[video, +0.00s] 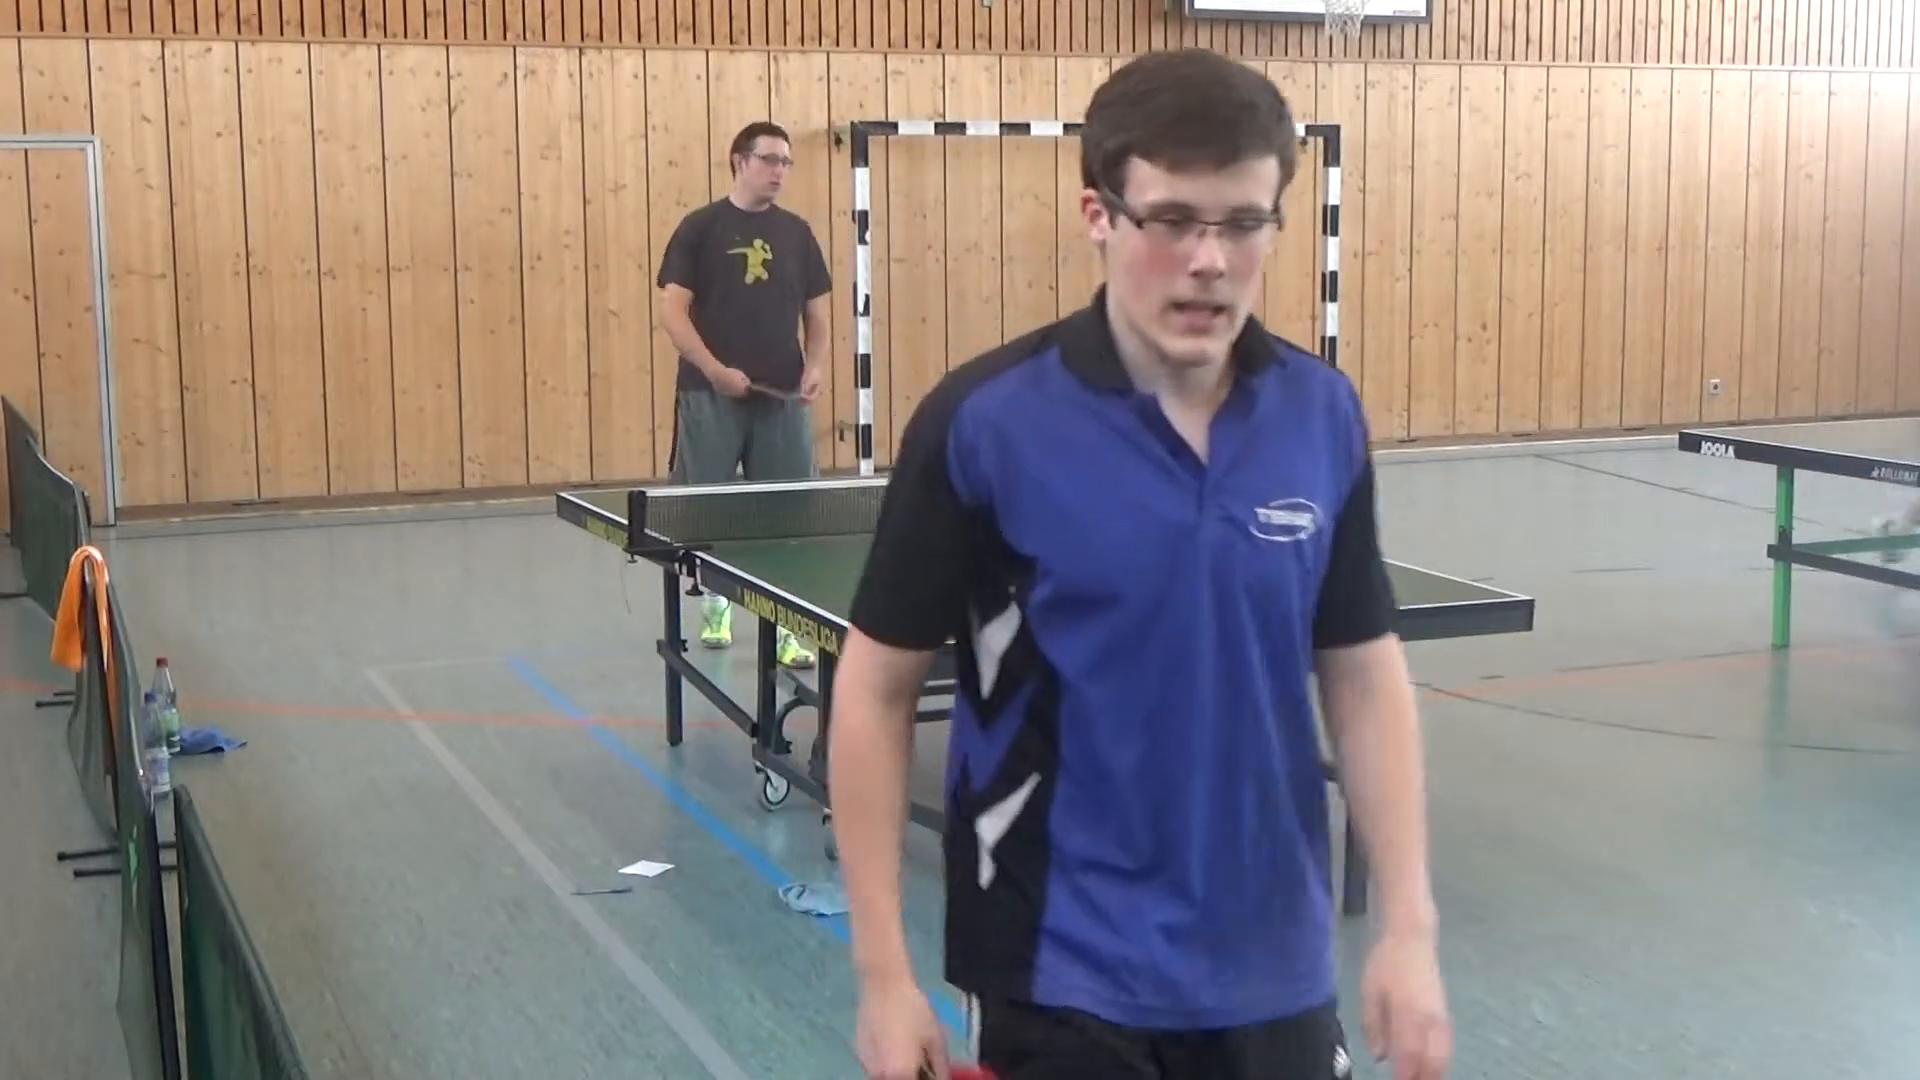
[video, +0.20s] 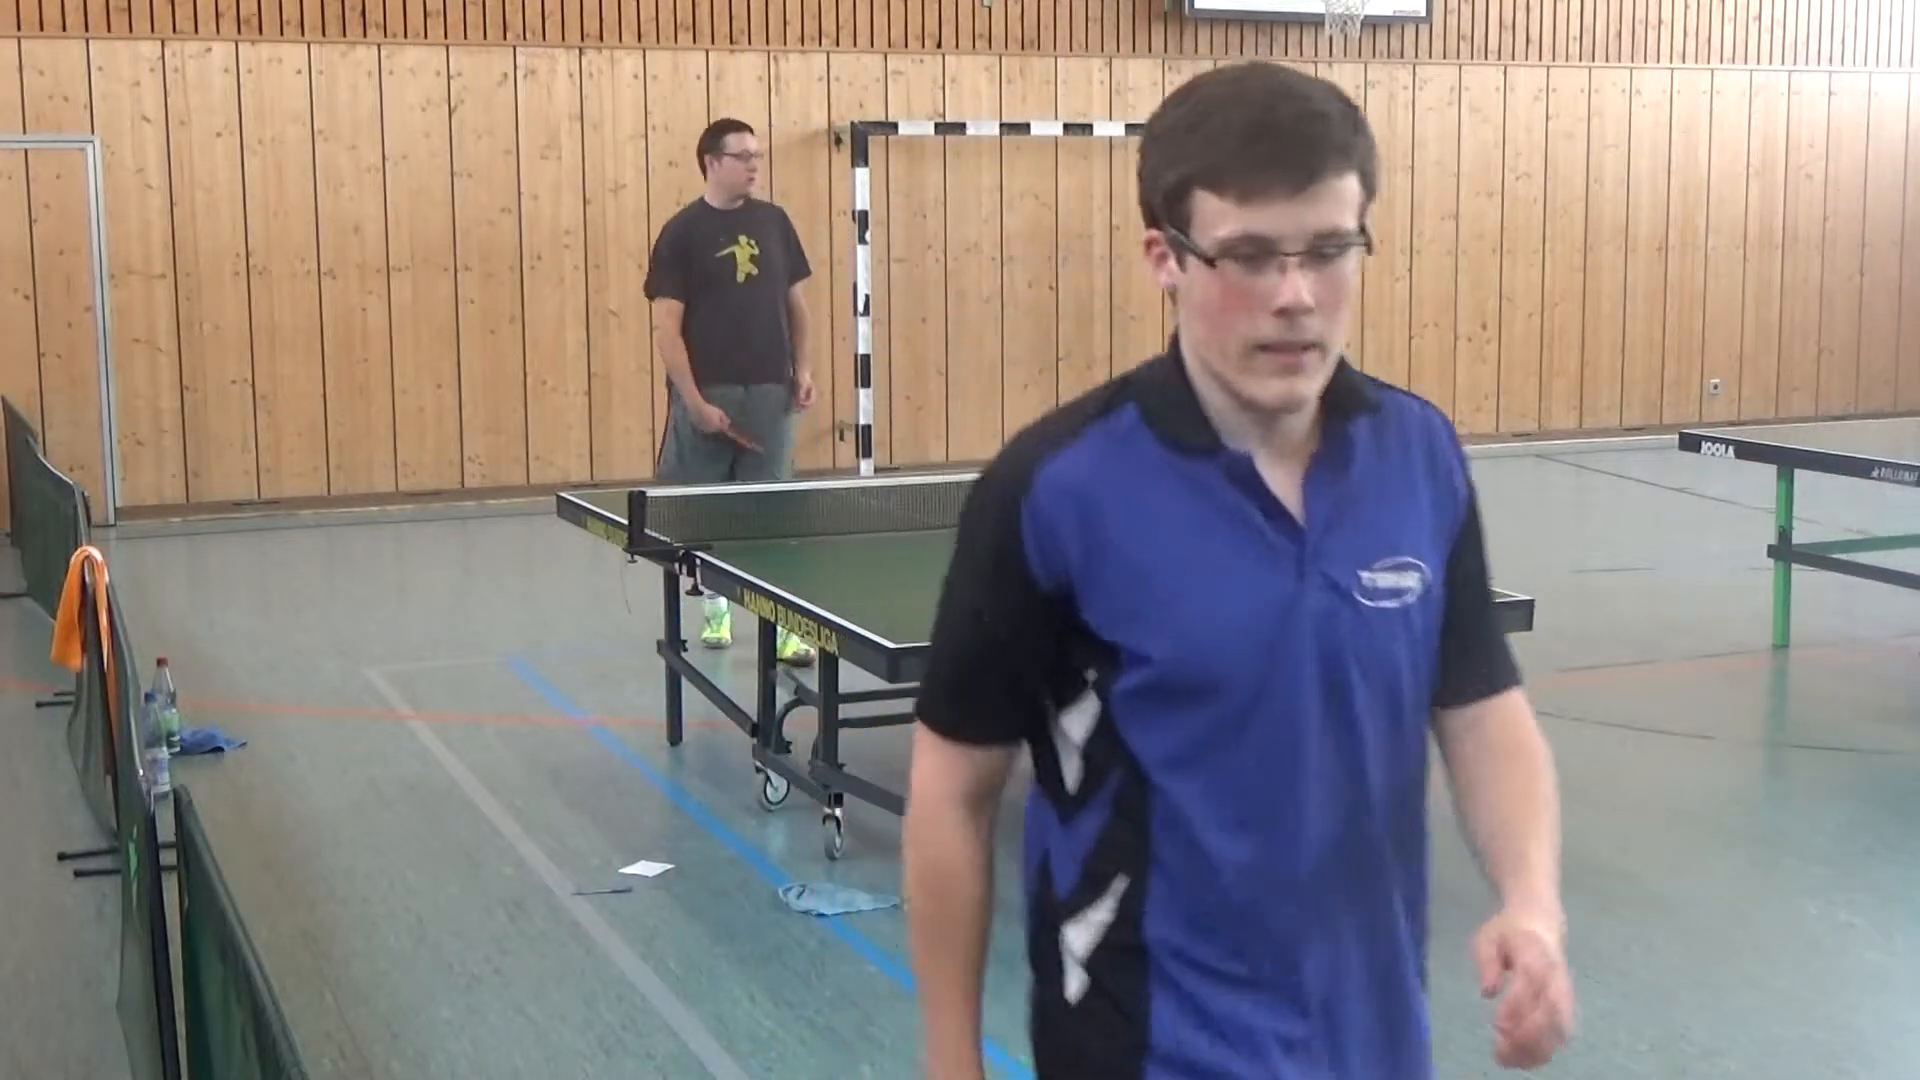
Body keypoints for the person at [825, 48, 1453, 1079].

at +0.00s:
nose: (1209, 260)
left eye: (1242, 223)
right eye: (1172, 220)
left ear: (1276, 225)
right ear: (1097, 219)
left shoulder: (1318, 415)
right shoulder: (979, 424)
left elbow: (1364, 676)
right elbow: (873, 689)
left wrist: (1407, 930)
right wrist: (883, 977)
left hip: (1274, 972)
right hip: (1067, 981)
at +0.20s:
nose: (1296, 298)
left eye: (1327, 252)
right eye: (1250, 256)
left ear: (1363, 248)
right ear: (1165, 261)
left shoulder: (1415, 454)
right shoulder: (1047, 493)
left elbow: (1479, 703)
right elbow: (950, 795)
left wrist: (1530, 904)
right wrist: (951, 1059)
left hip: (1371, 1027)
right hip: (1157, 1043)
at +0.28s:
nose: (1330, 301)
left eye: (1363, 251)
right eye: (1284, 256)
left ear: (1401, 240)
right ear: (1191, 254)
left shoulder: (1457, 453)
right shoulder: (1075, 508)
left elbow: (1523, 728)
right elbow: (988, 828)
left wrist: (1579, 962)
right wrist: (979, 1068)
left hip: (1425, 1040)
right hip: (1197, 1054)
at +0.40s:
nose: (1408, 279)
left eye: (1445, 226)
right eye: (1358, 230)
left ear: (1488, 211)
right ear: (1256, 224)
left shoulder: (1532, 432)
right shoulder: (1135, 494)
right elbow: (1040, 837)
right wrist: (1038, 1069)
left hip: (1521, 1049)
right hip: (1269, 1059)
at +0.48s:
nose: (1486, 272)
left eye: (1525, 216)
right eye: (1432, 222)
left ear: (1566, 206)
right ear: (1324, 217)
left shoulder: (1593, 437)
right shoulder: (1187, 492)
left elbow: (1622, 754)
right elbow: (1070, 863)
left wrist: (1690, 1054)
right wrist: (1088, 1068)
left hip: (1592, 1053)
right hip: (1325, 1059)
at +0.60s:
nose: (1634, 289)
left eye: (1676, 231)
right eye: (1577, 231)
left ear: (1719, 229)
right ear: (1448, 223)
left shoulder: (1718, 480)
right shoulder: (1284, 512)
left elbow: (1710, 829)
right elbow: (1127, 905)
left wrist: (1740, 1050)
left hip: (1677, 1056)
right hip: (1398, 1057)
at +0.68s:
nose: (1755, 320)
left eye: (1800, 260)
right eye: (1693, 258)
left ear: (1842, 258)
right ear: (1552, 250)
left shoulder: (1821, 507)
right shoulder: (1371, 544)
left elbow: (1786, 869)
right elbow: (1181, 941)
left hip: (1783, 1058)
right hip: (1485, 1060)